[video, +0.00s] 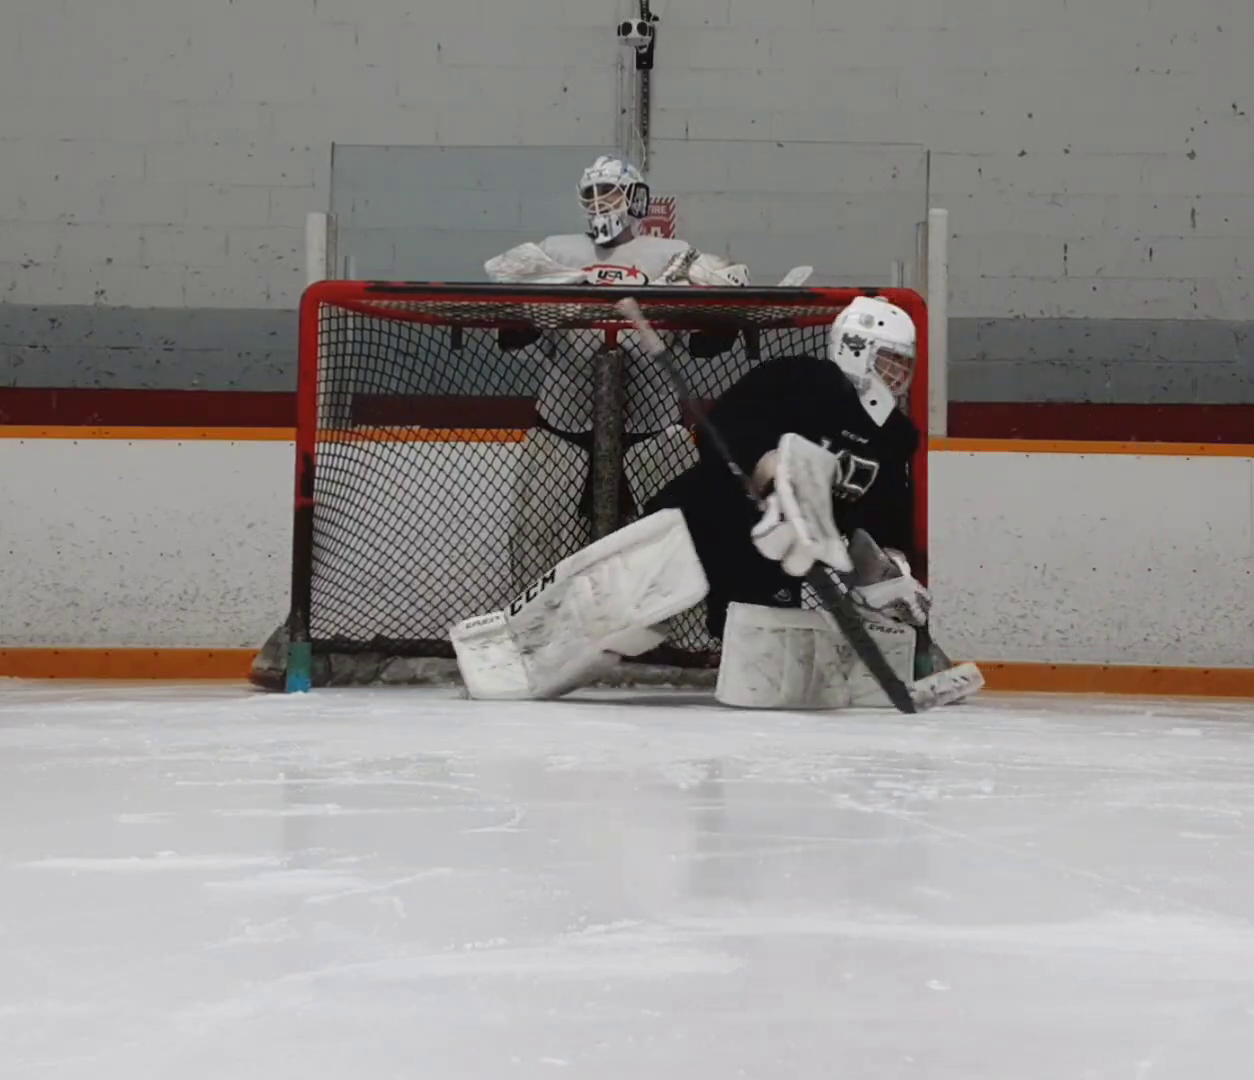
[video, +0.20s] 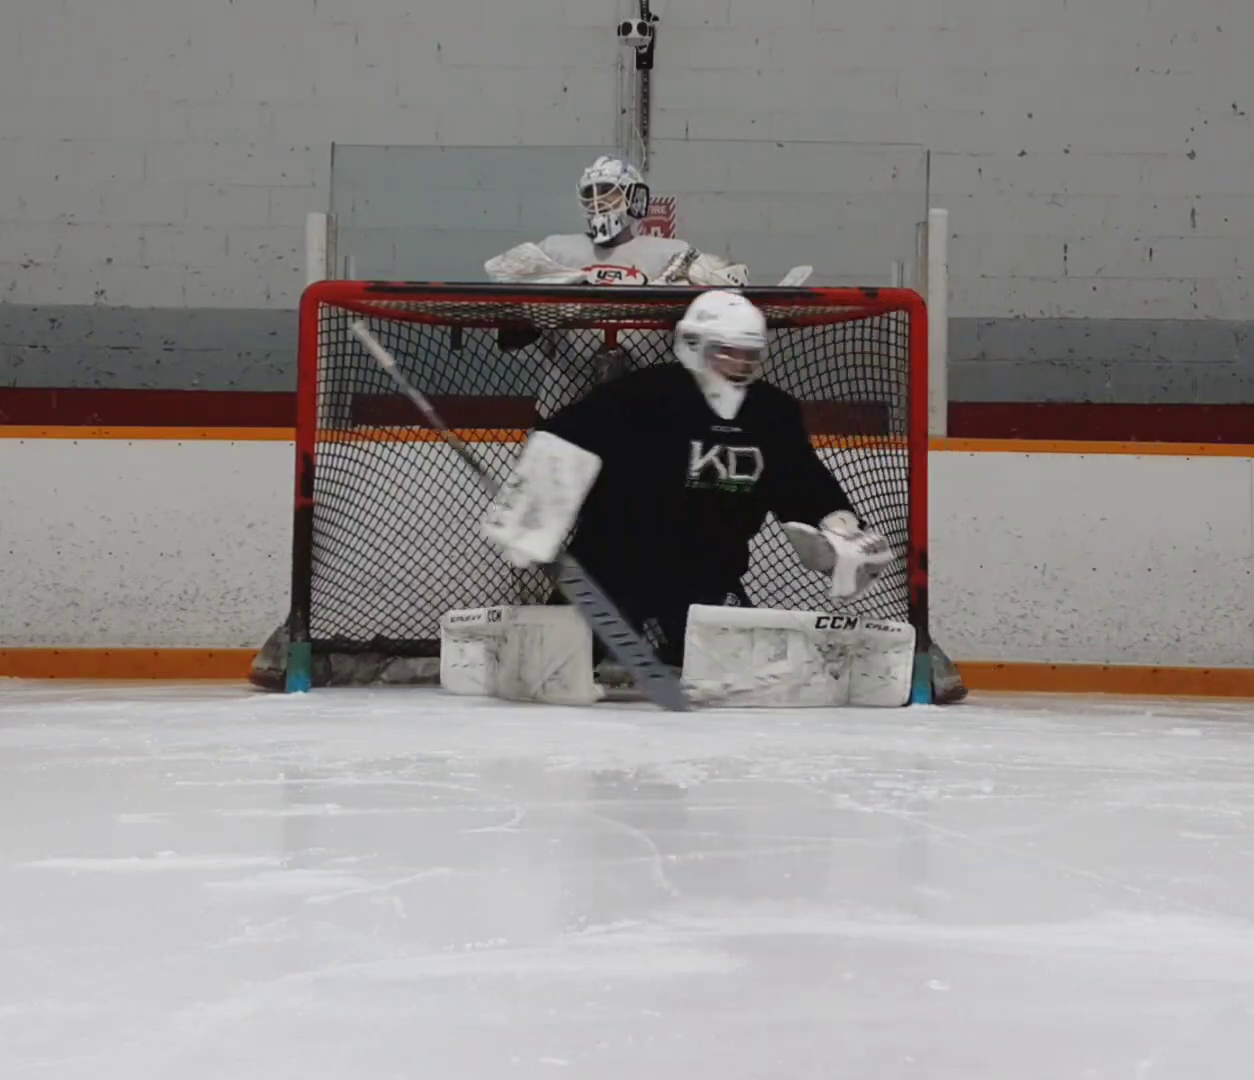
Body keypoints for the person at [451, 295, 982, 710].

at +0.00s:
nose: (900, 374)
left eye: (908, 365)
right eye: (892, 361)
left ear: (911, 368)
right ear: (855, 350)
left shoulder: (897, 437)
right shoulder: (798, 379)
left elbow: (880, 517)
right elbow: (722, 421)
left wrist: (892, 573)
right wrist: (765, 472)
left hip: (790, 556)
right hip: (715, 523)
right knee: (624, 602)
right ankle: (517, 651)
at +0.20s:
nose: (740, 365)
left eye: (750, 355)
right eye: (728, 352)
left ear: (761, 356)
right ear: (696, 349)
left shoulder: (775, 415)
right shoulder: (644, 395)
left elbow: (807, 486)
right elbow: (560, 442)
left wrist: (844, 534)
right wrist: (533, 519)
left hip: (710, 583)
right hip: (619, 577)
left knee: (753, 676)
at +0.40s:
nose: (498, 366)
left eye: (513, 355)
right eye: (492, 354)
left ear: (554, 351)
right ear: (488, 353)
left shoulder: (606, 395)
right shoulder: (472, 409)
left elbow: (684, 449)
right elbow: (404, 455)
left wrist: (707, 501)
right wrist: (351, 480)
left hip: (618, 611)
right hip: (515, 616)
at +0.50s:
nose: (433, 364)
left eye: (445, 352)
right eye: (425, 352)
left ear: (483, 345)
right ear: (418, 352)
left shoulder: (538, 385)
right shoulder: (415, 405)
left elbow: (620, 439)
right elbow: (360, 456)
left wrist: (576, 486)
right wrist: (316, 483)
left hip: (577, 582)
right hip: (482, 593)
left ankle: (753, 662)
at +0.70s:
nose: (598, 204)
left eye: (609, 192)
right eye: (591, 195)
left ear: (636, 197)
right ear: (582, 202)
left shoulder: (670, 256)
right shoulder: (558, 254)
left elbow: (704, 347)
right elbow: (509, 339)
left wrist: (718, 302)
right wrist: (525, 295)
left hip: (650, 438)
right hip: (564, 437)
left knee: (675, 562)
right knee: (555, 559)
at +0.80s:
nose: (597, 203)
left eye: (608, 192)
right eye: (590, 194)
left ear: (636, 196)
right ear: (581, 201)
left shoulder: (670, 256)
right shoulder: (556, 253)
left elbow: (702, 347)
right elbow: (508, 340)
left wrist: (718, 303)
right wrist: (526, 295)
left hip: (649, 439)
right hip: (562, 438)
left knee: (674, 564)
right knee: (543, 557)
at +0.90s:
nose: (596, 204)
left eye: (606, 193)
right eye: (589, 195)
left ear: (635, 197)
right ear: (580, 202)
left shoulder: (670, 256)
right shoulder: (556, 253)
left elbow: (703, 347)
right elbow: (509, 339)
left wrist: (717, 301)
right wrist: (525, 293)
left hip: (650, 440)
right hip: (566, 440)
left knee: (674, 564)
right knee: (557, 564)